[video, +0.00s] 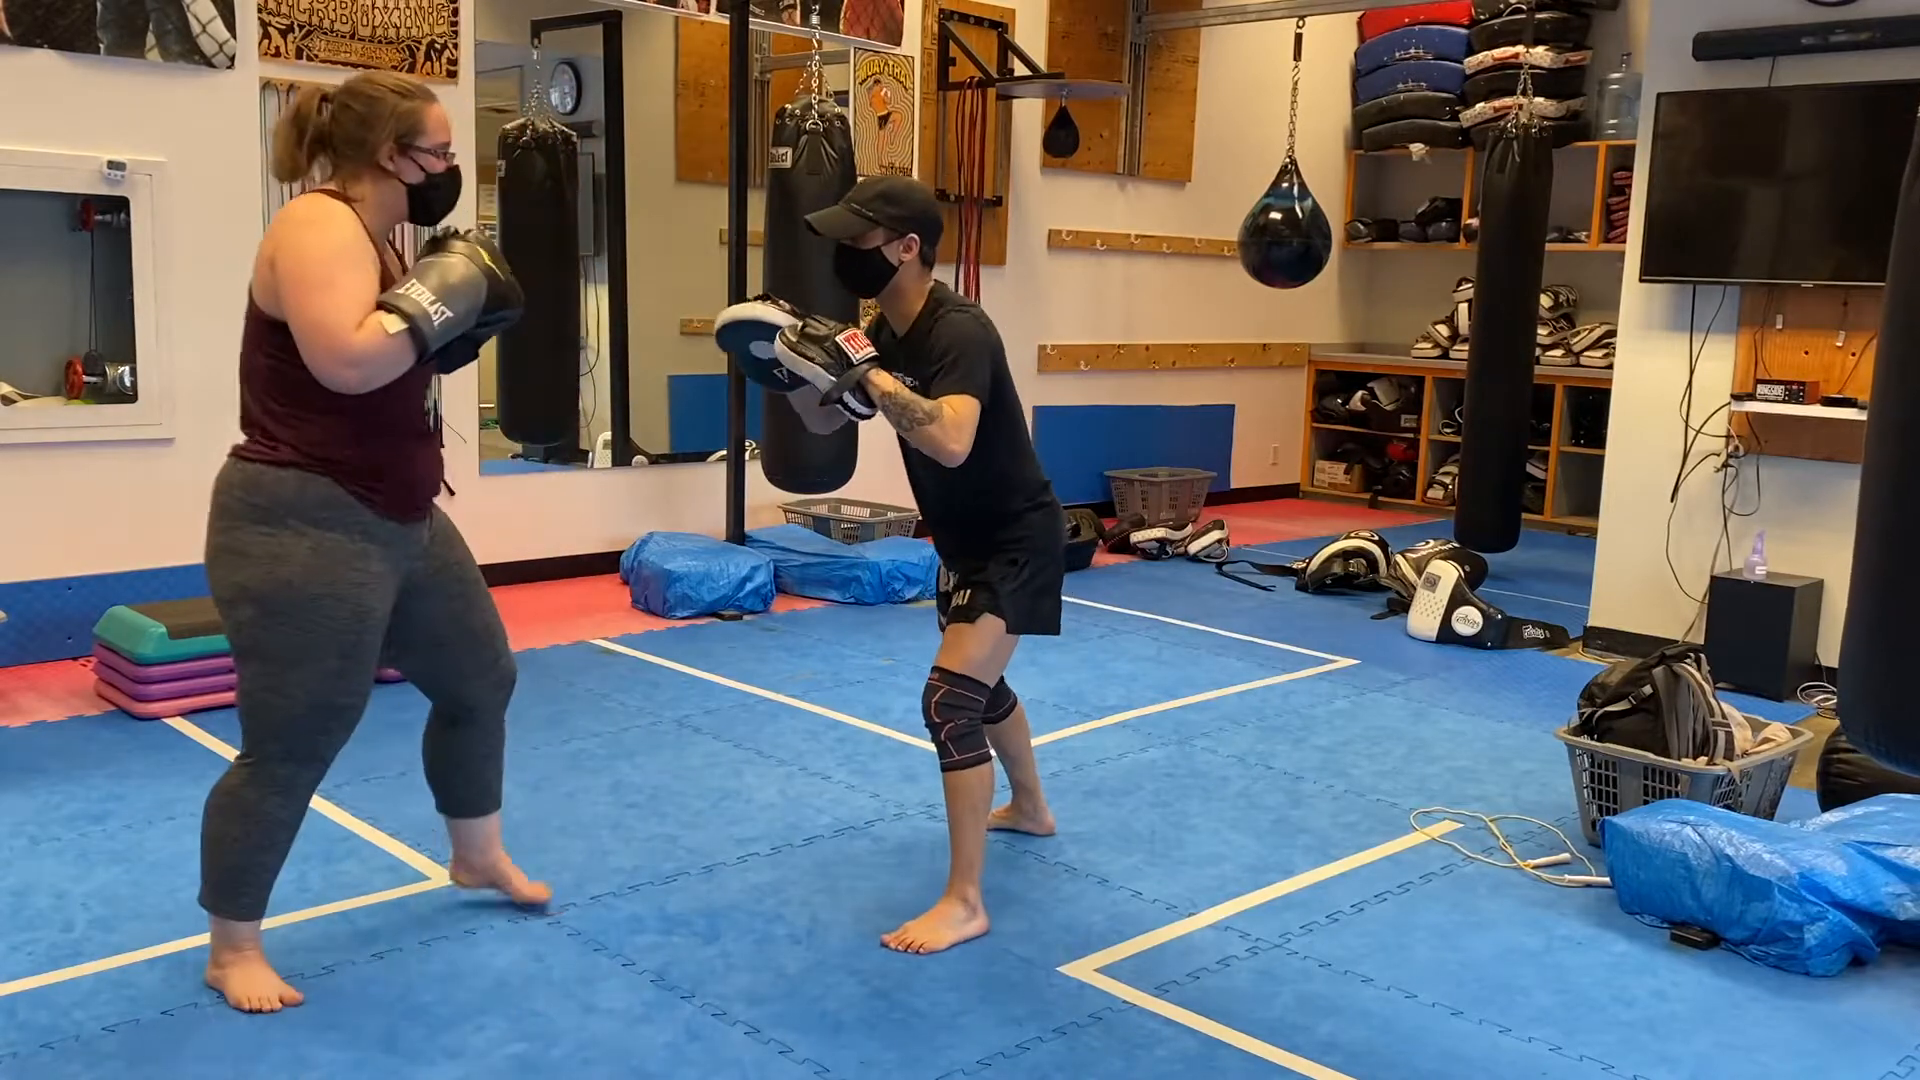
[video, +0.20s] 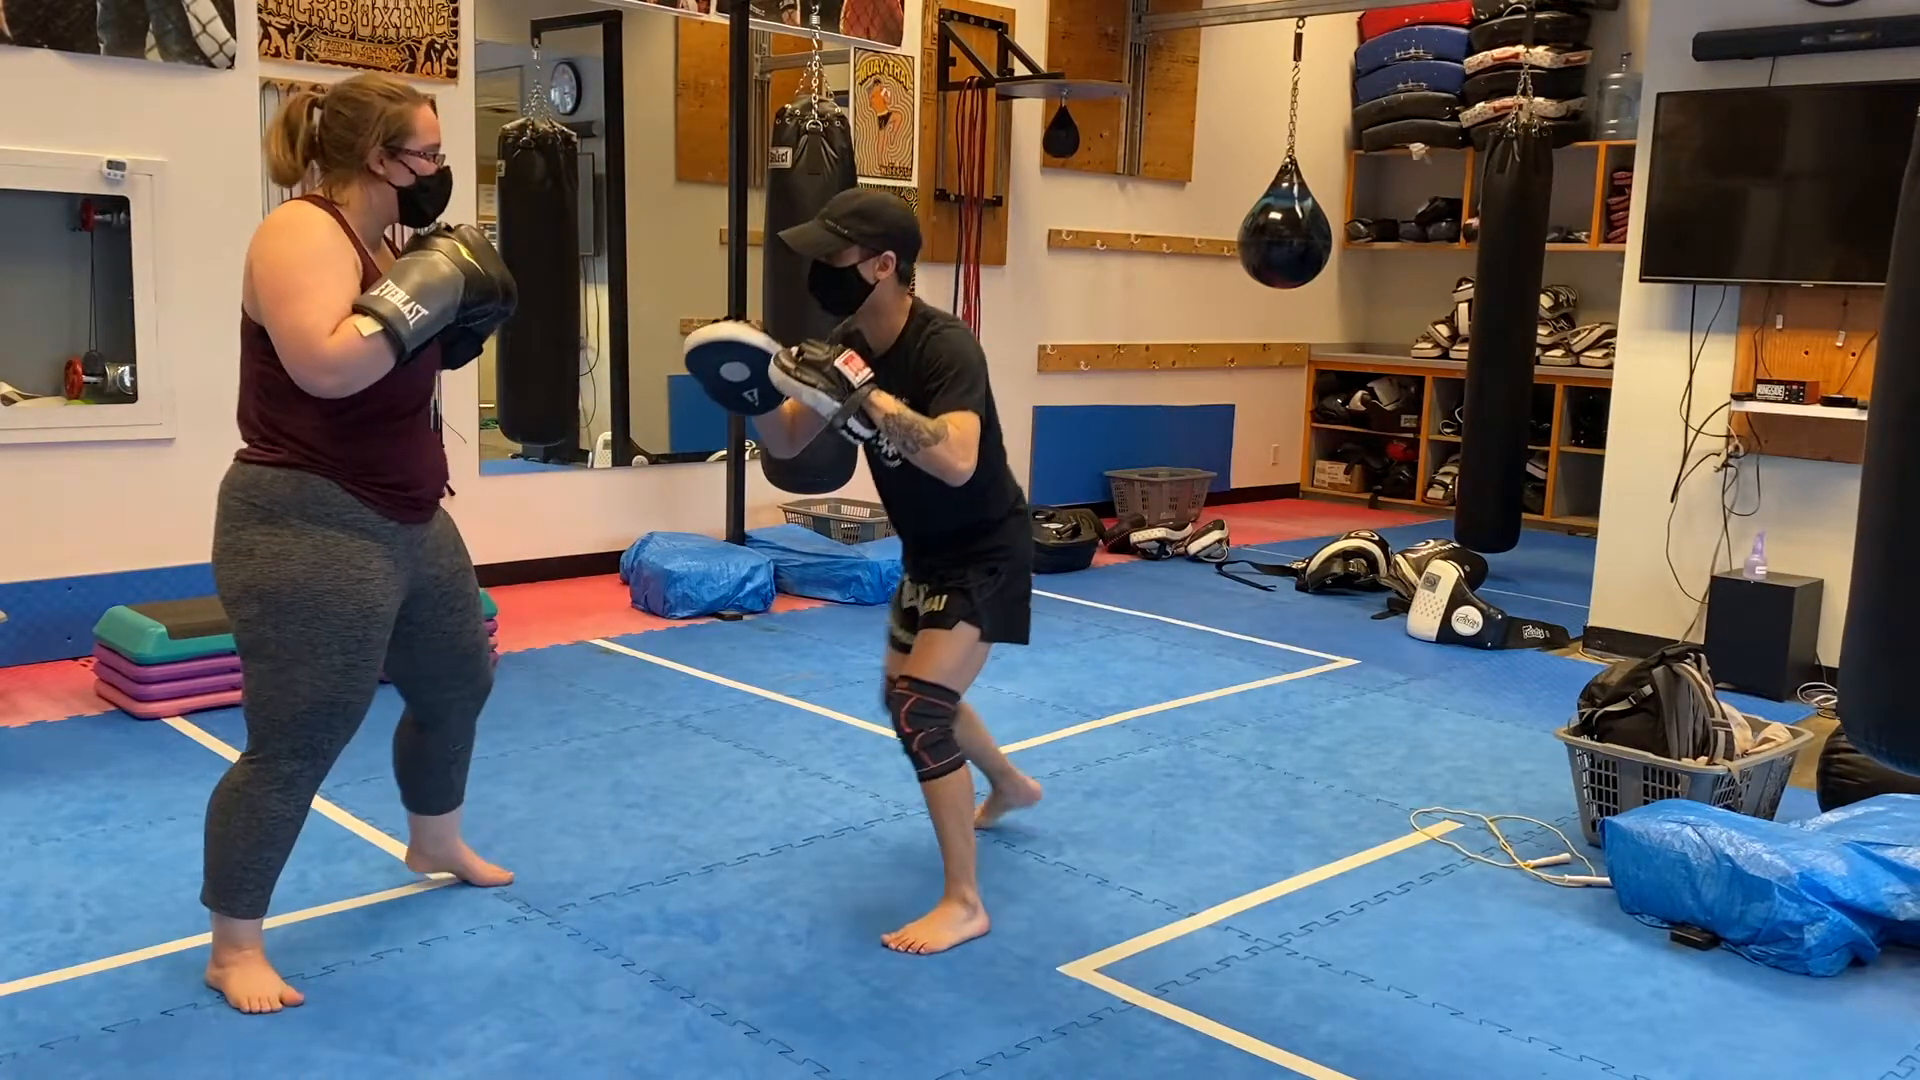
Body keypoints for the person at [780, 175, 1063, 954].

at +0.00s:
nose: (845, 253)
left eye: (857, 243)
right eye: (845, 241)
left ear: (905, 246)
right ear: (894, 247)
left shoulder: (962, 331)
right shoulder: (882, 321)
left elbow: (952, 440)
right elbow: (846, 401)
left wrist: (875, 381)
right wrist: (804, 359)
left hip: (1017, 536)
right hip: (961, 532)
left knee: (953, 701)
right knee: (979, 681)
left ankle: (966, 901)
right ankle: (1030, 804)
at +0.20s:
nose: (822, 271)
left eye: (835, 259)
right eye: (823, 258)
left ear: (882, 263)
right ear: (869, 264)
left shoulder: (948, 347)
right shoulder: (846, 348)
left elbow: (957, 460)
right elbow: (785, 442)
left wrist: (865, 399)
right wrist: (744, 374)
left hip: (986, 543)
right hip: (924, 543)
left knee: (922, 705)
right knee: (905, 690)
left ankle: (964, 901)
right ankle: (1009, 782)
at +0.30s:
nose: (812, 293)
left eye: (826, 282)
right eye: (812, 281)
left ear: (873, 285)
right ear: (855, 286)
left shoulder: (935, 365)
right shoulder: (837, 361)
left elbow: (939, 478)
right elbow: (780, 459)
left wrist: (848, 412)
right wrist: (738, 407)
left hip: (963, 562)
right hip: (902, 558)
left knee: (894, 725)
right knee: (845, 694)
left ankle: (963, 903)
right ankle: (963, 769)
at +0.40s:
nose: (794, 292)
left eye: (808, 281)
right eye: (795, 280)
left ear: (858, 284)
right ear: (837, 285)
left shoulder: (914, 367)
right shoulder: (817, 357)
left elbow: (903, 475)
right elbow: (756, 449)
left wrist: (821, 404)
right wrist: (721, 390)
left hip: (935, 566)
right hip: (873, 560)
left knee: (877, 728)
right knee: (798, 672)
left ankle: (962, 900)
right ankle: (879, 770)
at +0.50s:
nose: (775, 270)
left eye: (790, 257)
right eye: (776, 256)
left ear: (842, 262)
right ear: (821, 263)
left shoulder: (884, 349)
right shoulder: (792, 338)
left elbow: (871, 449)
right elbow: (729, 421)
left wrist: (799, 386)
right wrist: (713, 363)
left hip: (896, 548)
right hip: (834, 542)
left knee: (878, 713)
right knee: (766, 647)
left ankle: (958, 893)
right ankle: (780, 751)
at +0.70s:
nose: (734, 278)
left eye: (747, 267)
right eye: (732, 265)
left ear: (791, 270)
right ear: (746, 269)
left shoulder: (826, 348)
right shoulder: (729, 340)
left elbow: (830, 438)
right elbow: (655, 399)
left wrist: (755, 385)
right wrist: (637, 343)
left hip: (834, 535)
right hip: (765, 534)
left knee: (813, 661)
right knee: (697, 652)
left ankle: (862, 825)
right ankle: (737, 751)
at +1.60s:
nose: (744, 274)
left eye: (757, 260)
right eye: (736, 260)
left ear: (791, 260)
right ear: (723, 258)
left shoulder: (825, 331)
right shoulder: (713, 329)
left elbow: (903, 424)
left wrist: (838, 393)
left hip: (828, 524)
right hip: (743, 525)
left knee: (809, 659)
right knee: (721, 662)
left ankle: (847, 815)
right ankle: (714, 813)